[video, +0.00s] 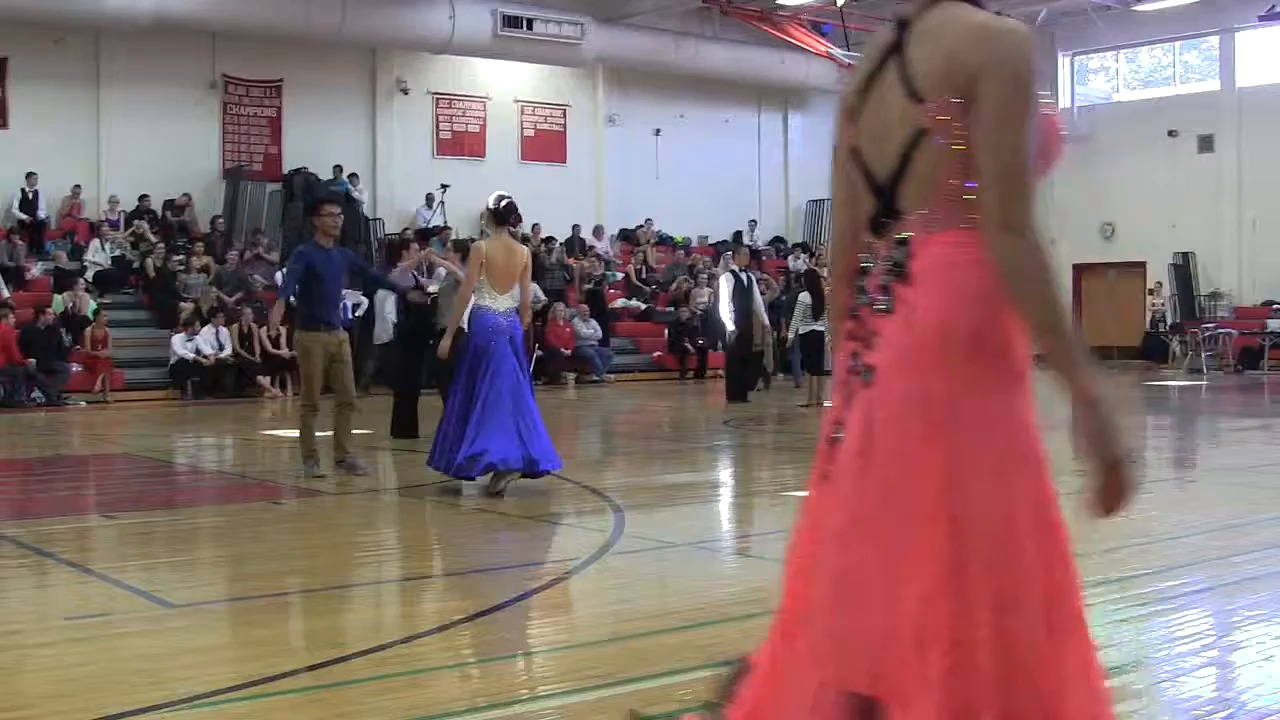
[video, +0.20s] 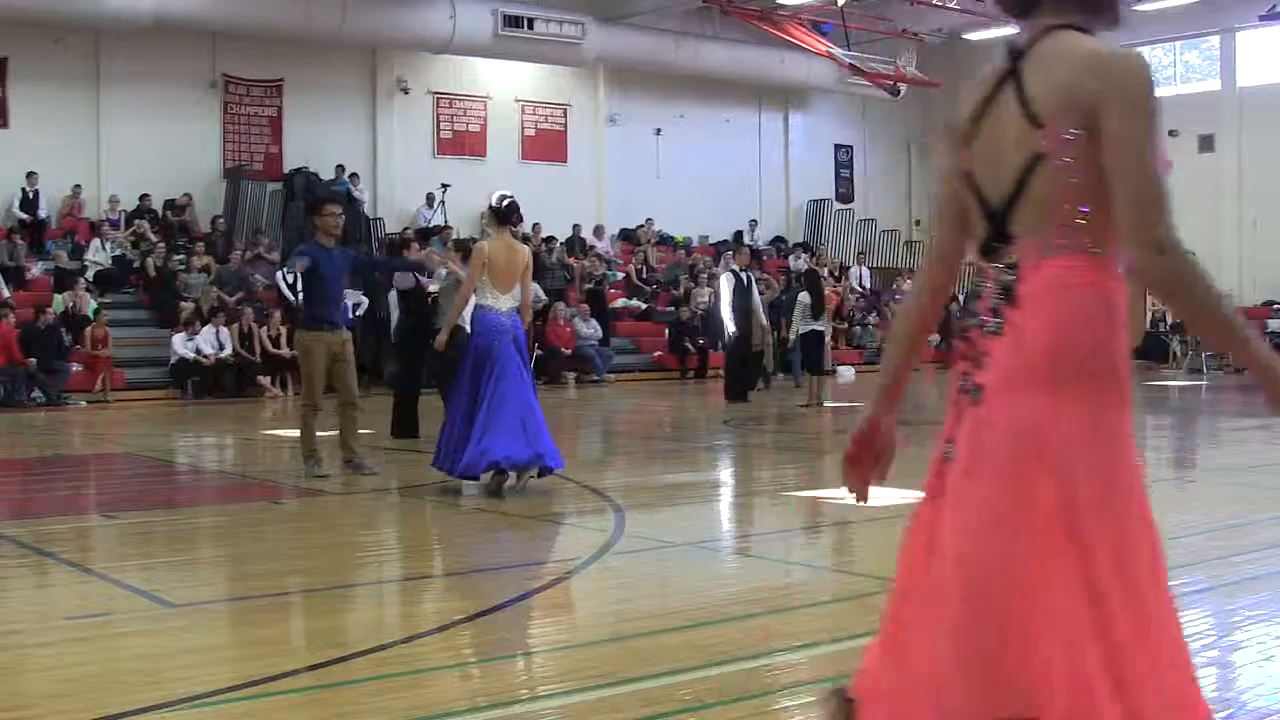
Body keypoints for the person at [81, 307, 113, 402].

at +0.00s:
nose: (105, 319)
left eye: (105, 316)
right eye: (103, 316)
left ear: (105, 318)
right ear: (96, 317)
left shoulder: (107, 331)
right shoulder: (89, 331)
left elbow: (109, 349)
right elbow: (87, 349)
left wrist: (103, 352)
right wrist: (99, 353)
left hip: (103, 356)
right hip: (92, 357)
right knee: (105, 367)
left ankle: (98, 382)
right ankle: (106, 393)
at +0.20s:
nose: (106, 318)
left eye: (106, 316)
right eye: (103, 316)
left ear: (105, 317)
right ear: (97, 317)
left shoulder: (107, 330)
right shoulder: (89, 330)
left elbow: (110, 349)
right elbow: (88, 349)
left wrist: (104, 352)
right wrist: (99, 353)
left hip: (103, 355)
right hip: (92, 356)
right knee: (106, 366)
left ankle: (98, 381)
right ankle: (107, 393)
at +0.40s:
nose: (106, 318)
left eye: (106, 316)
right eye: (103, 316)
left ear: (105, 318)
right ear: (97, 317)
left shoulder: (107, 331)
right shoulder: (89, 330)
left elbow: (109, 349)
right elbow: (87, 349)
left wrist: (103, 352)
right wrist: (99, 353)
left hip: (103, 355)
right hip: (92, 356)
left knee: (106, 362)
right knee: (105, 367)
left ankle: (98, 381)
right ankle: (106, 393)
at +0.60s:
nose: (106, 318)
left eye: (106, 316)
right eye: (104, 316)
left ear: (106, 317)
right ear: (97, 317)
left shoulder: (108, 331)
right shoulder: (89, 330)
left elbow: (109, 349)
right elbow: (88, 350)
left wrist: (104, 351)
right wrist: (99, 353)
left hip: (103, 355)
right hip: (92, 356)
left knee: (105, 360)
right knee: (106, 365)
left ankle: (98, 382)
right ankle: (107, 393)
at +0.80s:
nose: (106, 318)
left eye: (106, 316)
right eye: (104, 316)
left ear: (106, 317)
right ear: (97, 317)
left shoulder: (108, 330)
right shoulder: (89, 330)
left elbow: (109, 349)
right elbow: (88, 350)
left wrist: (104, 351)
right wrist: (99, 353)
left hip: (103, 354)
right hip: (92, 355)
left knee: (105, 359)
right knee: (106, 365)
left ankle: (99, 382)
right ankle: (107, 393)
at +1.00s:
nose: (106, 318)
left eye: (106, 316)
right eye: (104, 316)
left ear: (106, 317)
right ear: (97, 317)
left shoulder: (108, 330)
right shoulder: (89, 330)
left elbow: (109, 349)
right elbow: (88, 350)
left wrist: (104, 351)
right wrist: (99, 353)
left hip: (103, 355)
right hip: (92, 356)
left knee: (105, 360)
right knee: (106, 365)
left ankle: (98, 382)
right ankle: (107, 393)